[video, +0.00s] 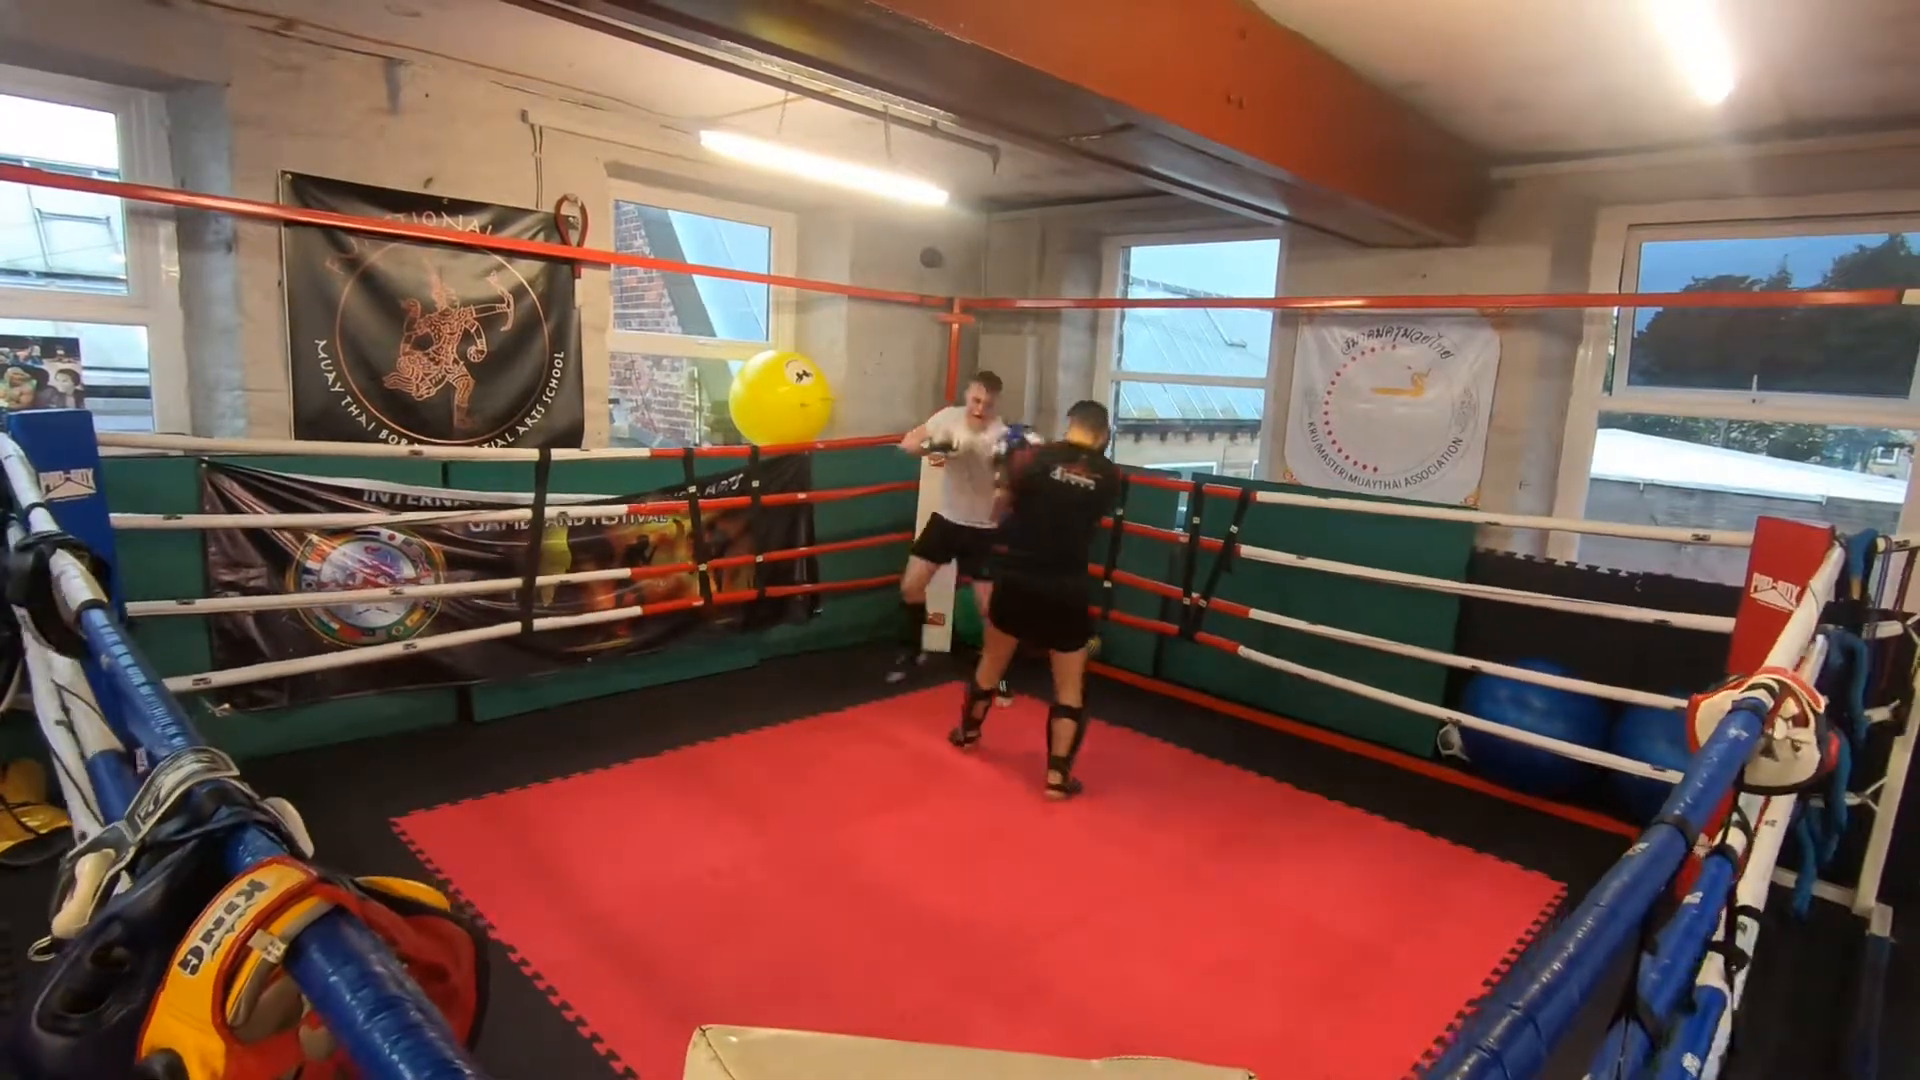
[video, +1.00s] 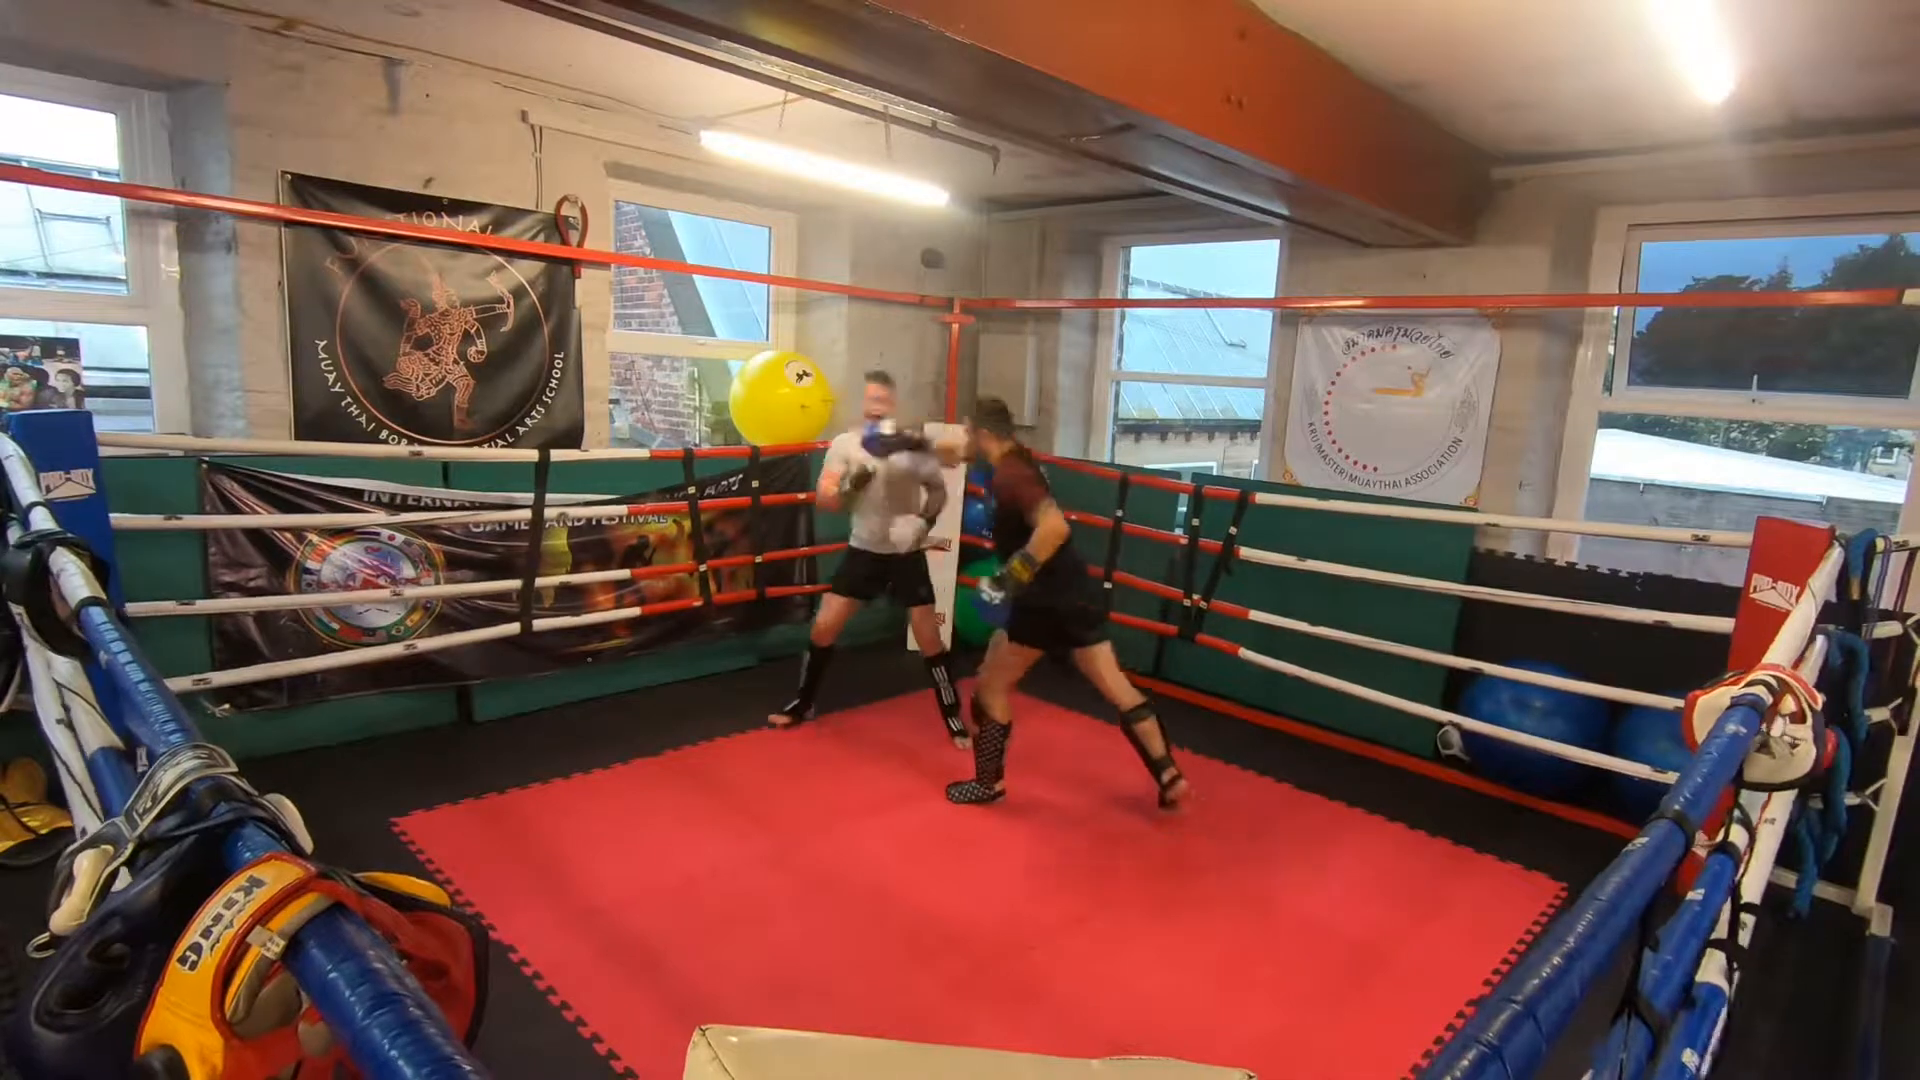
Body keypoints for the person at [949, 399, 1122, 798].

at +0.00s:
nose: (1089, 439)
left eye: (1078, 427)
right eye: (1103, 435)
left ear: (1068, 425)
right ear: (1104, 436)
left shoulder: (1032, 460)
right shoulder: (1109, 478)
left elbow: (1003, 508)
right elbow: (1093, 515)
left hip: (1016, 582)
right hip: (1067, 593)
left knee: (992, 661)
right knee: (1068, 686)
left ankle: (968, 731)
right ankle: (1057, 776)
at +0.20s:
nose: (1071, 423)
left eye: (1071, 417)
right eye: (1080, 419)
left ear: (1073, 417)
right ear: (1109, 420)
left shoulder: (1047, 454)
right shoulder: (1126, 469)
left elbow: (998, 500)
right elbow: (1087, 498)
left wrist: (996, 463)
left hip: (1037, 587)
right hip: (1088, 595)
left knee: (1006, 663)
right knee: (1071, 684)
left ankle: (1009, 759)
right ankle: (1057, 779)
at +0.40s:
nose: (1060, 425)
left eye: (1059, 419)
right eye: (1063, 419)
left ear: (1065, 417)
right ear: (1101, 418)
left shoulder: (1051, 458)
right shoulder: (1127, 466)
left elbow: (1018, 524)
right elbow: (1099, 516)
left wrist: (1009, 495)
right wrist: (1040, 494)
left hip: (1051, 594)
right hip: (1099, 594)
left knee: (1043, 692)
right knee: (1079, 685)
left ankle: (1049, 796)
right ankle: (1063, 773)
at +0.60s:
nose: (1058, 429)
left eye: (1058, 422)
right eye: (1060, 423)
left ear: (1066, 421)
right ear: (1099, 419)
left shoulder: (1056, 460)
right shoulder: (1129, 464)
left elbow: (1025, 528)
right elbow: (1103, 519)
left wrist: (1003, 511)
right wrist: (1038, 505)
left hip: (1062, 595)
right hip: (1109, 596)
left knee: (1047, 697)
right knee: (1102, 682)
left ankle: (1054, 801)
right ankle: (1118, 780)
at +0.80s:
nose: (1031, 463)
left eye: (1032, 456)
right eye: (1032, 456)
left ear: (1040, 457)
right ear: (1070, 452)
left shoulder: (1063, 492)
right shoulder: (1100, 490)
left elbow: (1078, 552)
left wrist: (1027, 582)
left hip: (1079, 632)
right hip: (1123, 630)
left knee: (994, 684)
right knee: (1146, 716)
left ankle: (990, 779)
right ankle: (1199, 813)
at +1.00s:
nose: (966, 439)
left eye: (969, 432)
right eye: (967, 432)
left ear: (984, 434)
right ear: (1003, 431)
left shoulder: (1011, 472)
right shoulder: (1016, 461)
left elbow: (1054, 526)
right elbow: (962, 449)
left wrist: (1014, 575)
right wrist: (914, 443)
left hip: (1040, 599)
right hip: (1073, 592)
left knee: (992, 685)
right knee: (1114, 682)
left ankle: (987, 781)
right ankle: (1167, 772)